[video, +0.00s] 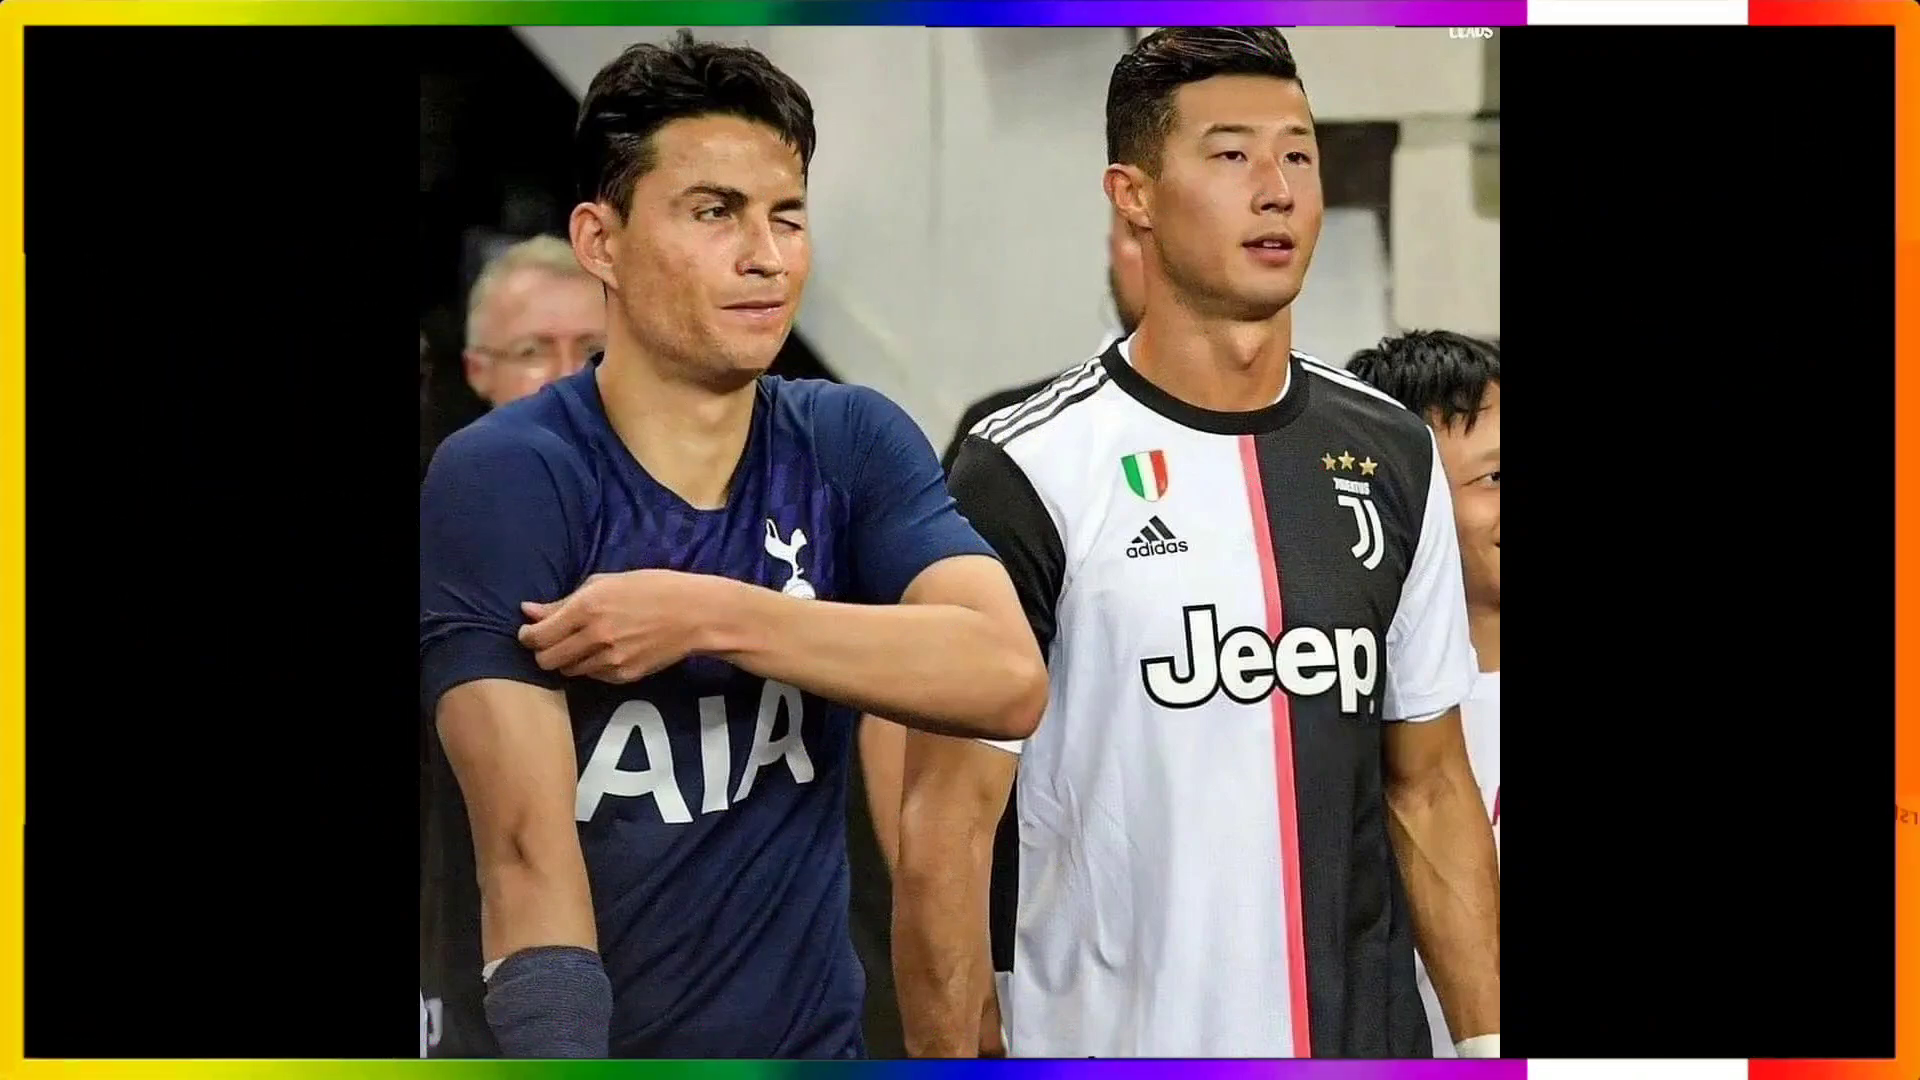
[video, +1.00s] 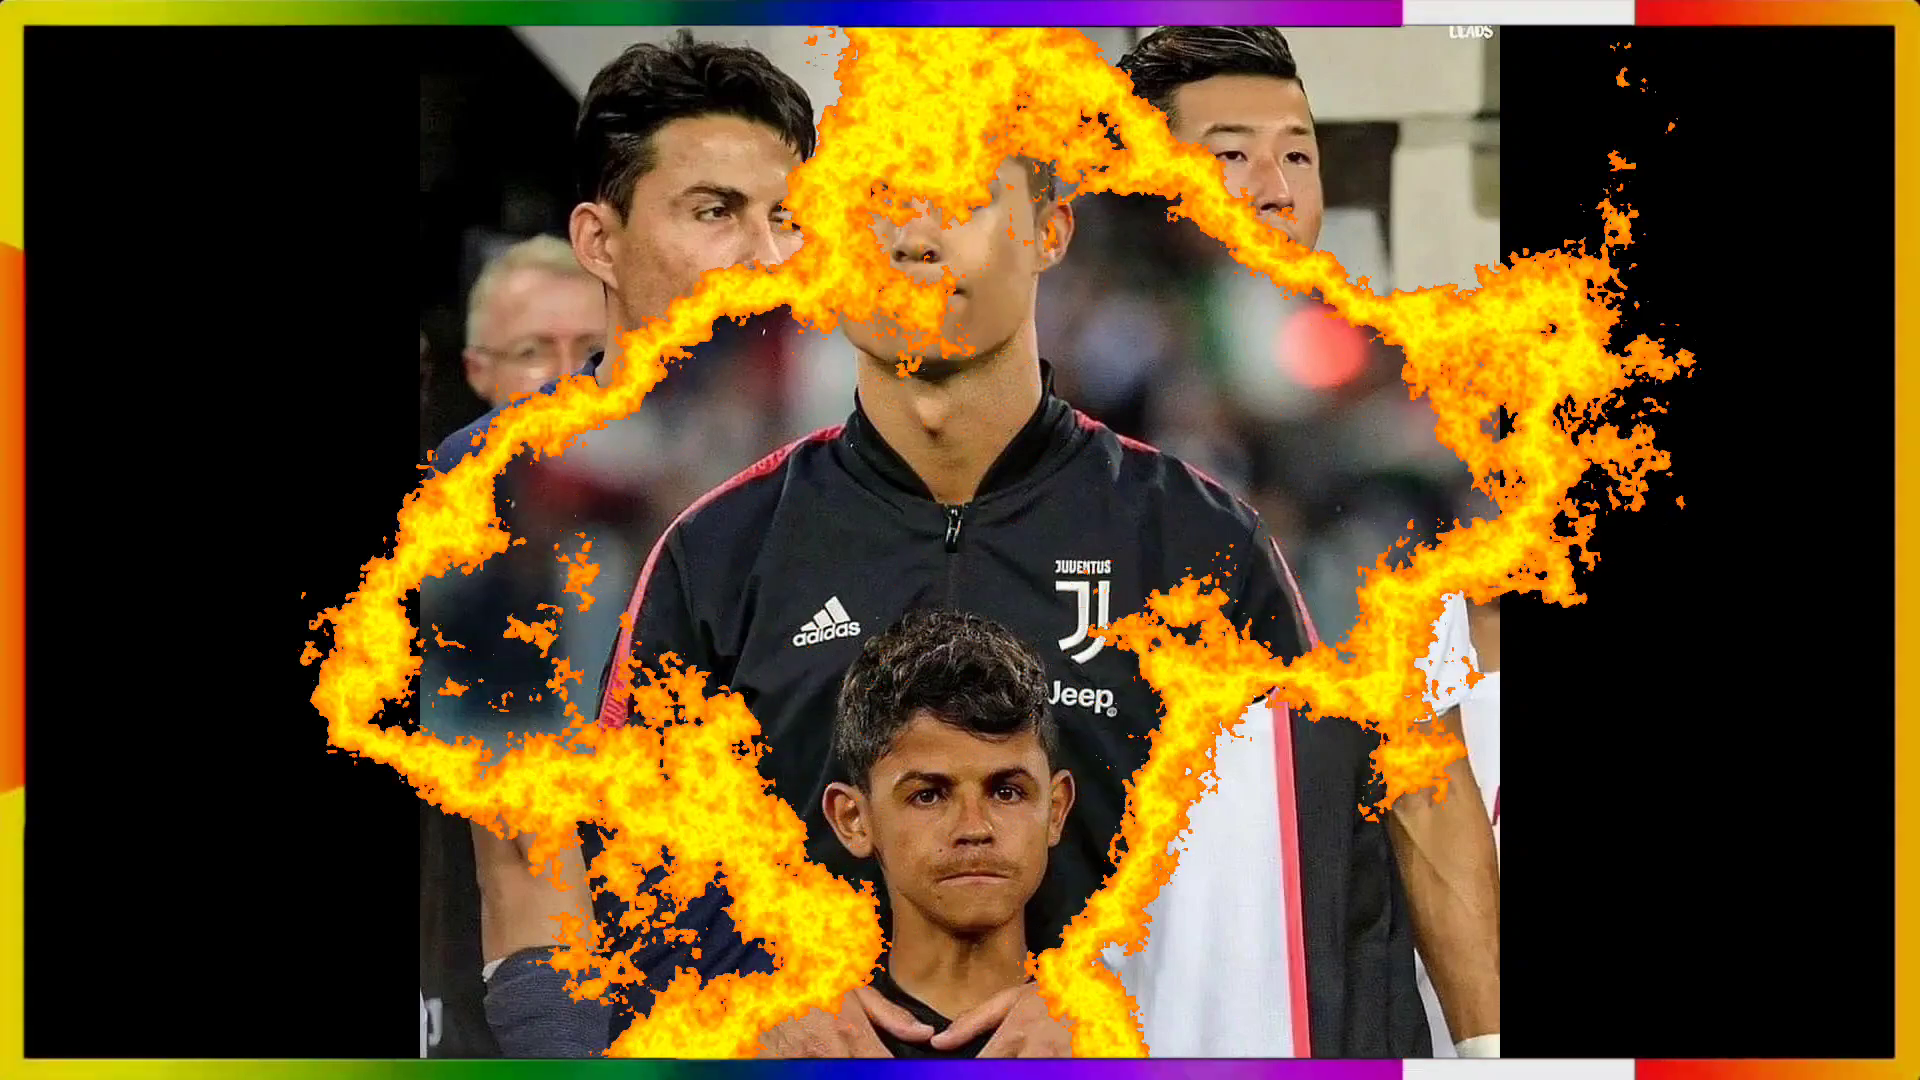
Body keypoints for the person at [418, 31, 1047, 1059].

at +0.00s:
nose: (766, 257)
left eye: (785, 218)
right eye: (712, 212)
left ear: (809, 237)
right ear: (601, 241)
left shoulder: (856, 439)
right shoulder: (499, 476)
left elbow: (1009, 681)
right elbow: (525, 851)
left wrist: (714, 613)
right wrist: (561, 1058)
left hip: (812, 1042)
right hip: (594, 1036)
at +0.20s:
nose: (766, 257)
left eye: (786, 218)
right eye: (712, 212)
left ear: (809, 237)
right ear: (601, 241)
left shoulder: (856, 439)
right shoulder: (499, 477)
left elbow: (1009, 680)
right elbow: (525, 851)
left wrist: (713, 613)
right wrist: (560, 1059)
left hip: (810, 1041)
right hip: (598, 1036)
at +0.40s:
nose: (766, 257)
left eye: (785, 218)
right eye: (712, 213)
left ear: (809, 237)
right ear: (601, 241)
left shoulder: (856, 438)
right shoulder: (500, 475)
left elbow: (1009, 679)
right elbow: (525, 851)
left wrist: (713, 613)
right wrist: (559, 1059)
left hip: (810, 1040)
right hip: (599, 1036)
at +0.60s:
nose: (766, 258)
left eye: (787, 219)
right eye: (715, 212)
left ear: (811, 237)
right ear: (600, 241)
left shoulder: (864, 438)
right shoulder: (500, 476)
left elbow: (995, 662)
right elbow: (526, 852)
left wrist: (709, 620)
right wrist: (561, 1066)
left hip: (816, 1040)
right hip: (604, 1040)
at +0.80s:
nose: (766, 259)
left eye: (788, 220)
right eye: (714, 212)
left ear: (811, 238)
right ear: (600, 241)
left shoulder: (857, 453)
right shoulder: (492, 477)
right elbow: (524, 845)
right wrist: (560, 1053)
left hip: (841, 1030)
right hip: (614, 1034)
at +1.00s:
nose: (766, 257)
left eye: (787, 218)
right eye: (714, 211)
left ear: (809, 234)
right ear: (598, 239)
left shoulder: (830, 461)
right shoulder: (497, 478)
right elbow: (527, 856)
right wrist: (571, 1047)